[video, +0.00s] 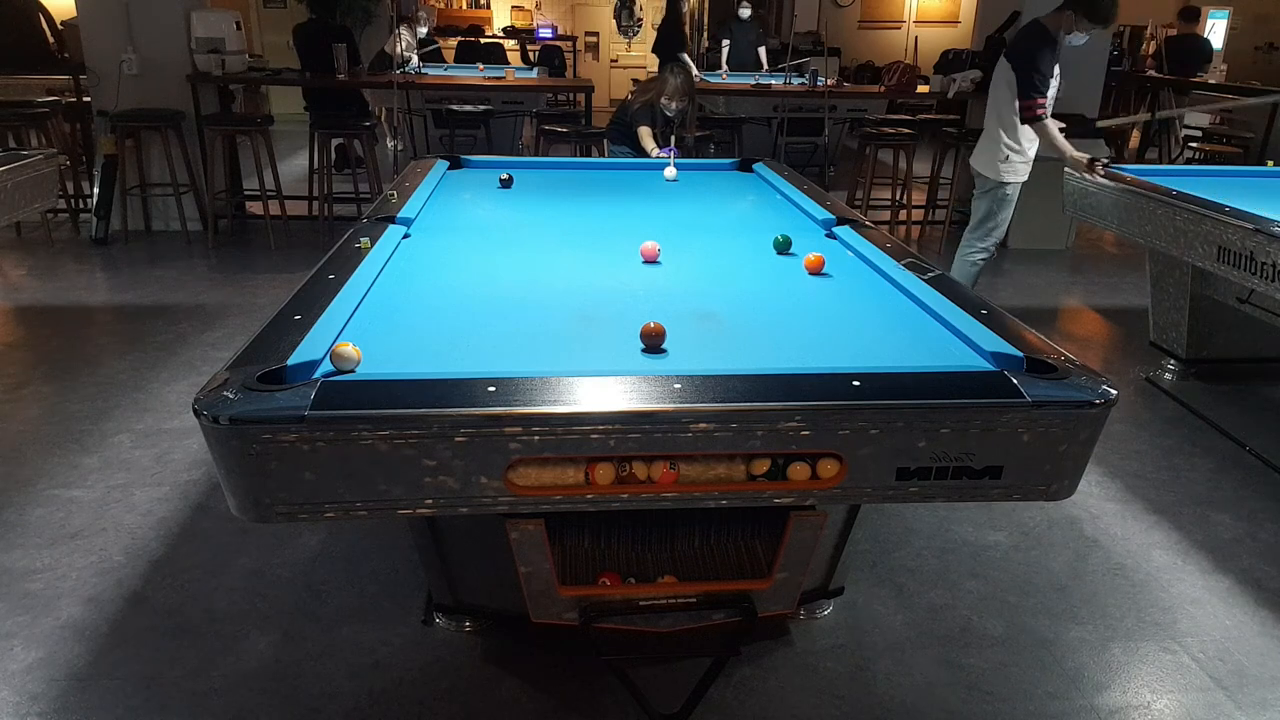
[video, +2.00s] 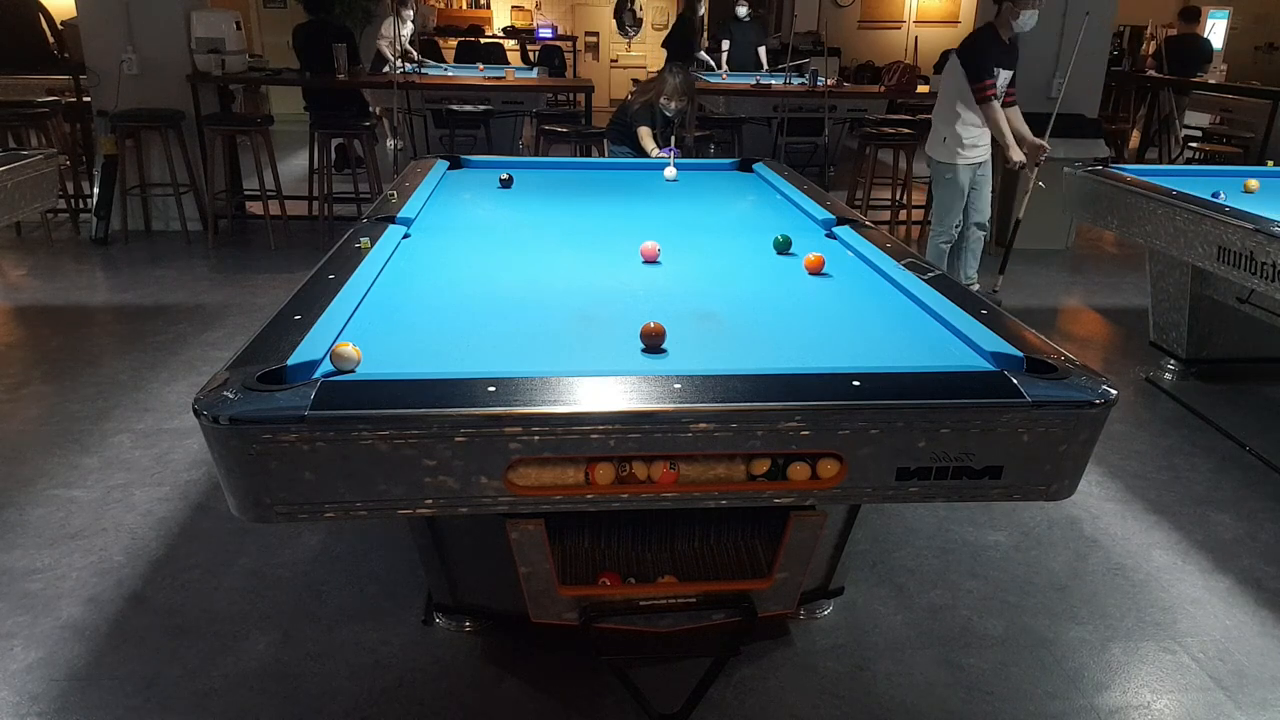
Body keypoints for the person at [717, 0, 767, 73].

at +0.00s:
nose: (744, 11)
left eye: (747, 9)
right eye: (741, 8)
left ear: (751, 11)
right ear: (737, 10)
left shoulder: (756, 26)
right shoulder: (730, 24)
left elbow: (761, 47)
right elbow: (725, 44)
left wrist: (765, 65)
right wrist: (723, 63)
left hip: (751, 67)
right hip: (734, 68)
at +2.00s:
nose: (740, 9)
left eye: (743, 6)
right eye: (738, 6)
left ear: (749, 10)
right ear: (735, 9)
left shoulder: (756, 25)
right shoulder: (729, 24)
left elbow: (761, 46)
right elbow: (725, 43)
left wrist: (765, 65)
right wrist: (723, 64)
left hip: (751, 67)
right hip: (733, 68)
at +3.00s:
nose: (749, 16)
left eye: (751, 13)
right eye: (746, 13)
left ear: (755, 13)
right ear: (741, 12)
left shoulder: (757, 25)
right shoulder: (732, 24)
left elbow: (761, 46)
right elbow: (725, 44)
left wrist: (765, 65)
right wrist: (724, 63)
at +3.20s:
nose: (750, 16)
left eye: (753, 14)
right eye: (747, 14)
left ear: (756, 14)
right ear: (741, 13)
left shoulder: (758, 26)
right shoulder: (732, 25)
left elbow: (761, 46)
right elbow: (726, 44)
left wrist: (765, 66)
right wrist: (730, 63)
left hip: (754, 69)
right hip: (736, 69)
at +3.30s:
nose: (750, 17)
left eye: (753, 14)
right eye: (747, 14)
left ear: (756, 14)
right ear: (742, 13)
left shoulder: (758, 26)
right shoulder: (733, 25)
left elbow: (762, 46)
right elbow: (727, 45)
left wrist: (765, 65)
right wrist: (738, 62)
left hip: (754, 69)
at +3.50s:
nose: (747, 15)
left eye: (750, 12)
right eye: (745, 11)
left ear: (754, 14)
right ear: (740, 12)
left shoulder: (758, 26)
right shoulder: (734, 25)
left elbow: (762, 46)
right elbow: (736, 46)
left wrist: (765, 65)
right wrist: (753, 64)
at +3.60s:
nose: (746, 14)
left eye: (749, 11)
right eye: (743, 10)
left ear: (753, 13)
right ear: (739, 12)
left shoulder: (758, 27)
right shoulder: (735, 26)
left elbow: (762, 46)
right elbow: (739, 46)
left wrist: (765, 65)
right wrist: (754, 64)